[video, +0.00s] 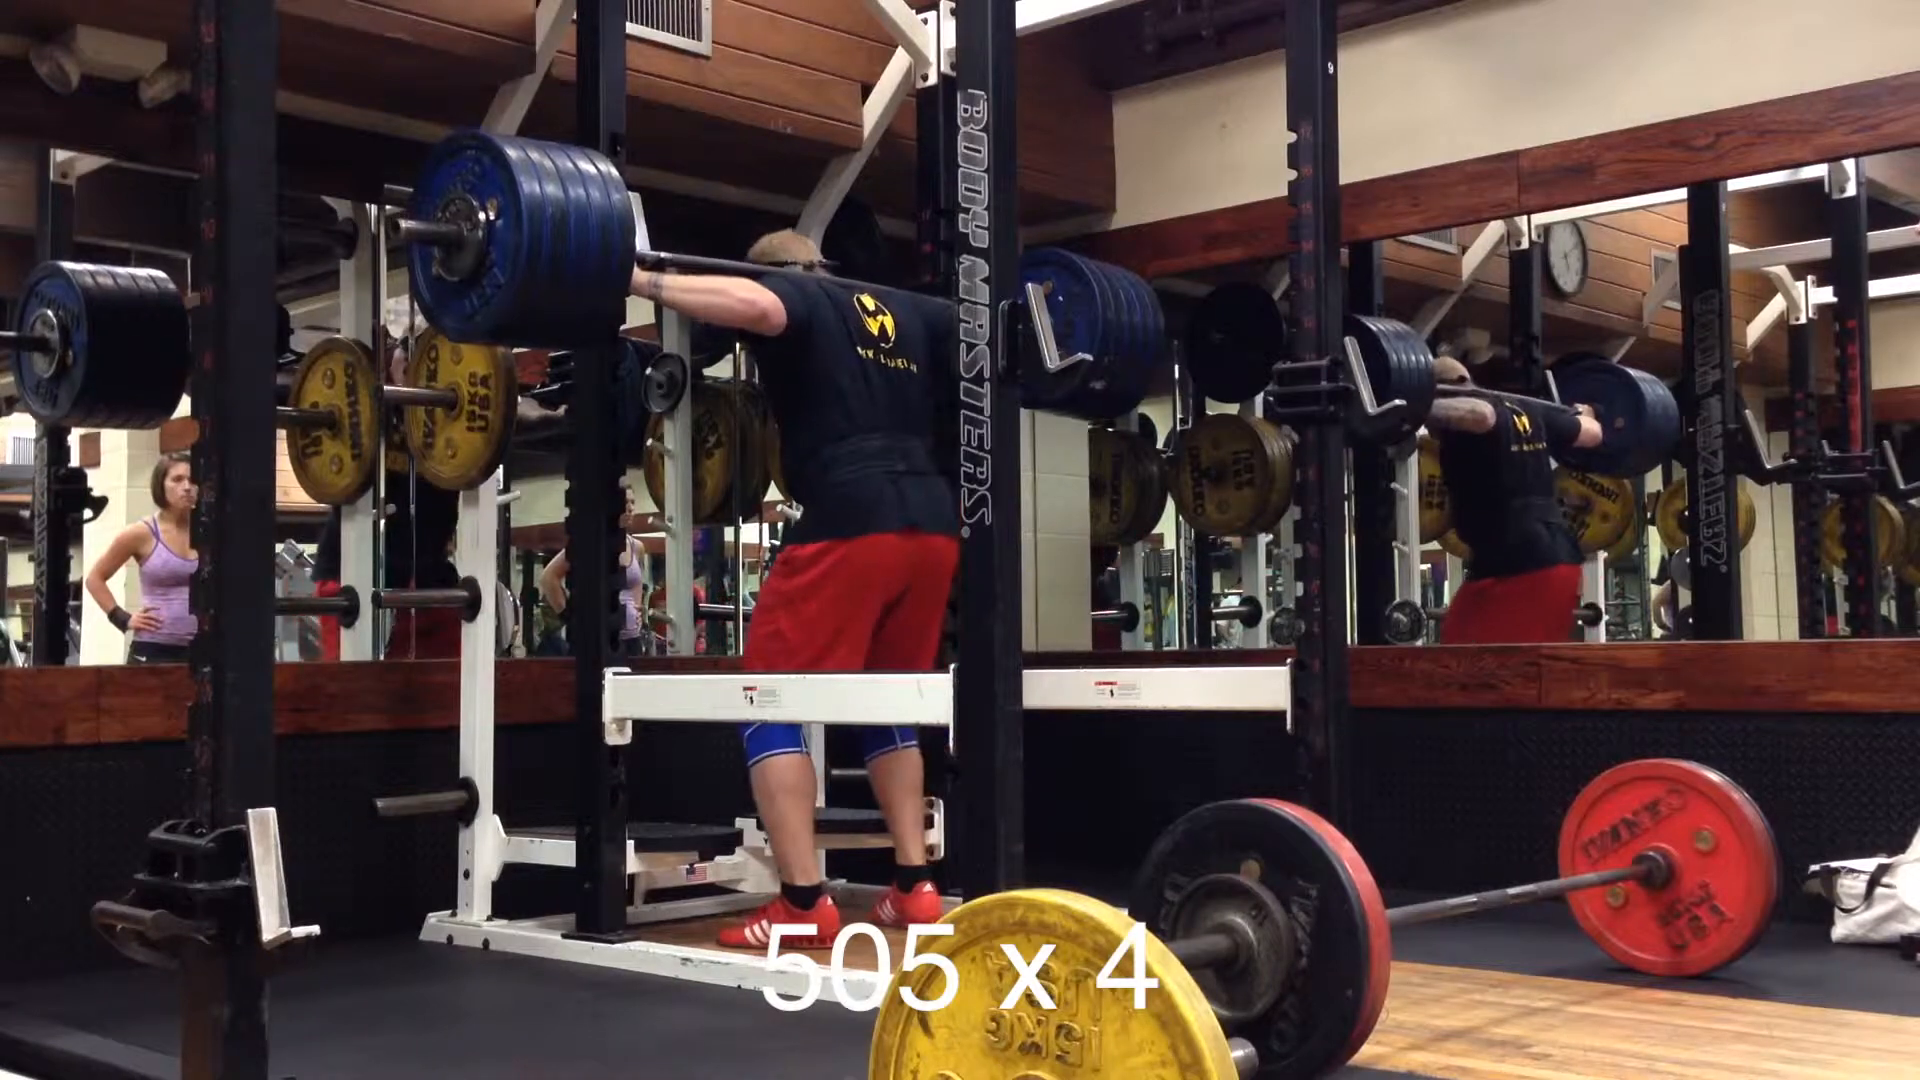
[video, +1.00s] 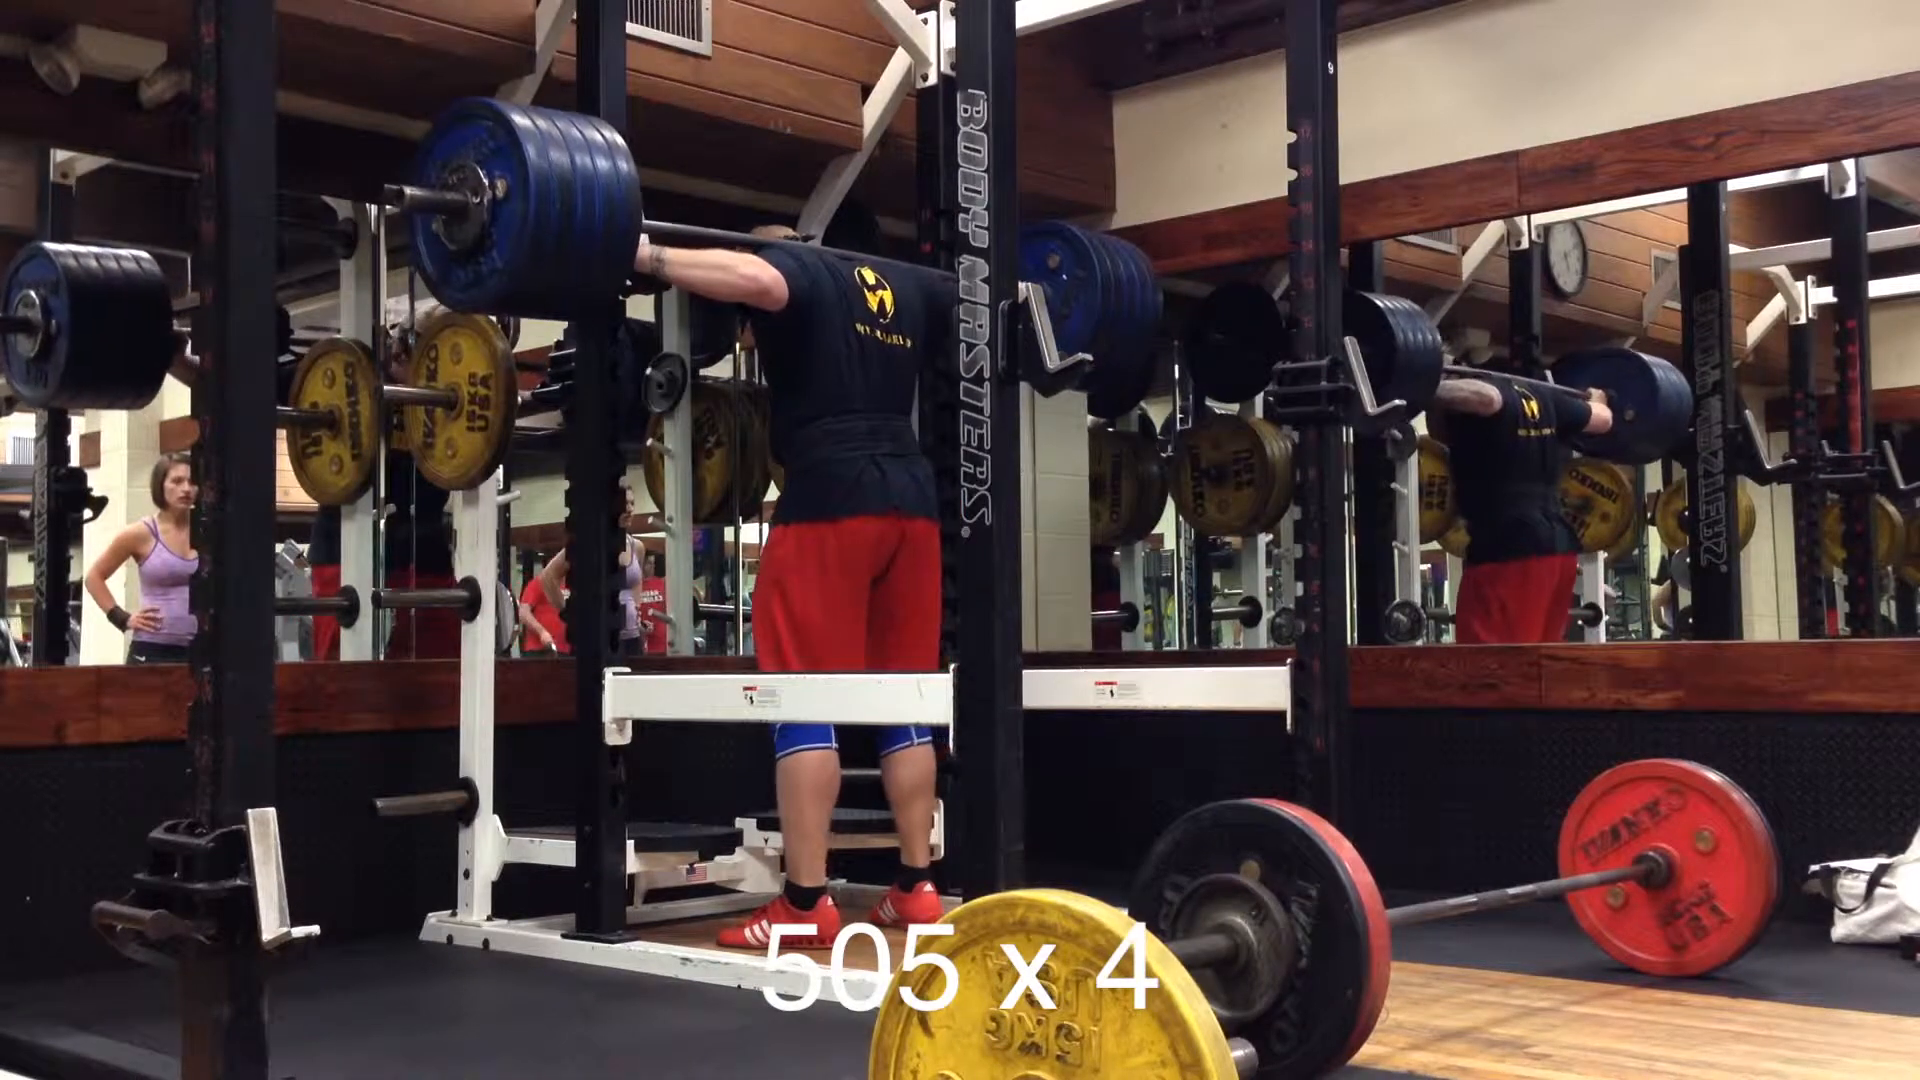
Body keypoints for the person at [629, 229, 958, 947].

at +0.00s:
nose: (749, 296)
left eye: (753, 284)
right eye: (752, 282)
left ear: (772, 274)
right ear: (823, 262)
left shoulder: (791, 290)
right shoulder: (906, 308)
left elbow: (762, 308)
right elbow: (984, 319)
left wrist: (648, 279)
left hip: (847, 526)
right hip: (936, 531)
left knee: (769, 707)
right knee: (888, 706)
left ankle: (804, 901)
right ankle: (916, 885)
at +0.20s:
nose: (745, 289)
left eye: (747, 277)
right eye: (741, 281)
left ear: (776, 263)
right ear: (819, 254)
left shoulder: (793, 275)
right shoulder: (906, 297)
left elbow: (761, 293)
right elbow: (983, 307)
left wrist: (648, 268)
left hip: (847, 512)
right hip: (934, 514)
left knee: (786, 702)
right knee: (896, 704)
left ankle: (805, 901)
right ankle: (918, 886)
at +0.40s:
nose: (745, 311)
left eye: (750, 277)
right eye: (742, 281)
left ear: (774, 255)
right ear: (825, 246)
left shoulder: (794, 261)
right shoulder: (904, 283)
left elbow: (757, 278)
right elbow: (983, 288)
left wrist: (648, 250)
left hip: (844, 504)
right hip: (931, 504)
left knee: (817, 707)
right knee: (920, 705)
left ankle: (806, 900)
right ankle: (920, 888)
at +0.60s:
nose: (745, 279)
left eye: (748, 268)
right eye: (742, 272)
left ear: (773, 256)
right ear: (820, 246)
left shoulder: (792, 263)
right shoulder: (904, 284)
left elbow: (759, 282)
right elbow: (984, 291)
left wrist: (649, 259)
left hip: (838, 505)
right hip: (925, 505)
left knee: (813, 707)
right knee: (920, 705)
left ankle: (806, 902)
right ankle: (920, 888)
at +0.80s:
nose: (755, 266)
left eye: (760, 258)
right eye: (747, 264)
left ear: (798, 245)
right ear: (865, 245)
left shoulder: (798, 263)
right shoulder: (911, 286)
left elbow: (761, 282)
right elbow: (990, 293)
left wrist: (648, 256)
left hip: (840, 504)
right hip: (925, 504)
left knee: (813, 706)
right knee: (921, 705)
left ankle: (806, 902)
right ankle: (920, 888)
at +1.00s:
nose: (745, 282)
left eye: (748, 268)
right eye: (742, 274)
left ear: (776, 252)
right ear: (828, 246)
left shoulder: (792, 260)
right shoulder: (905, 284)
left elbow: (763, 281)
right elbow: (985, 289)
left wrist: (652, 255)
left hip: (829, 503)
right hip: (914, 504)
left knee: (804, 706)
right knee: (907, 706)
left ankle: (805, 902)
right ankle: (918, 888)